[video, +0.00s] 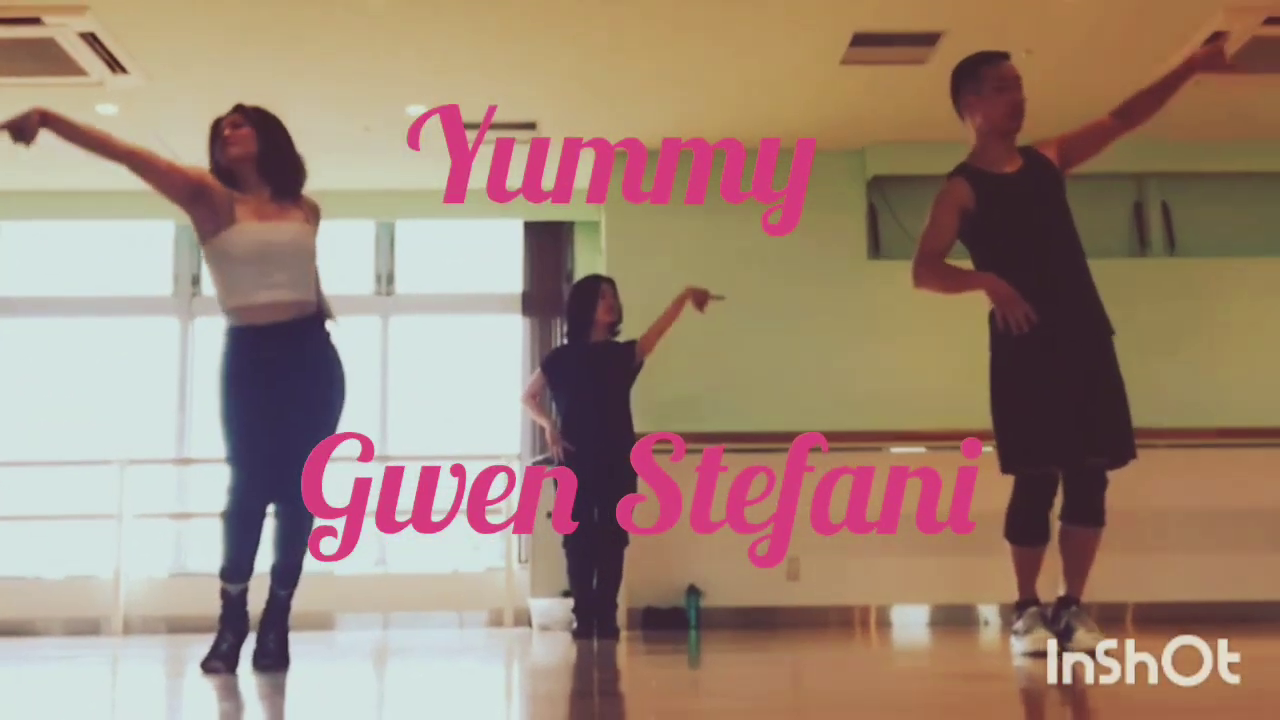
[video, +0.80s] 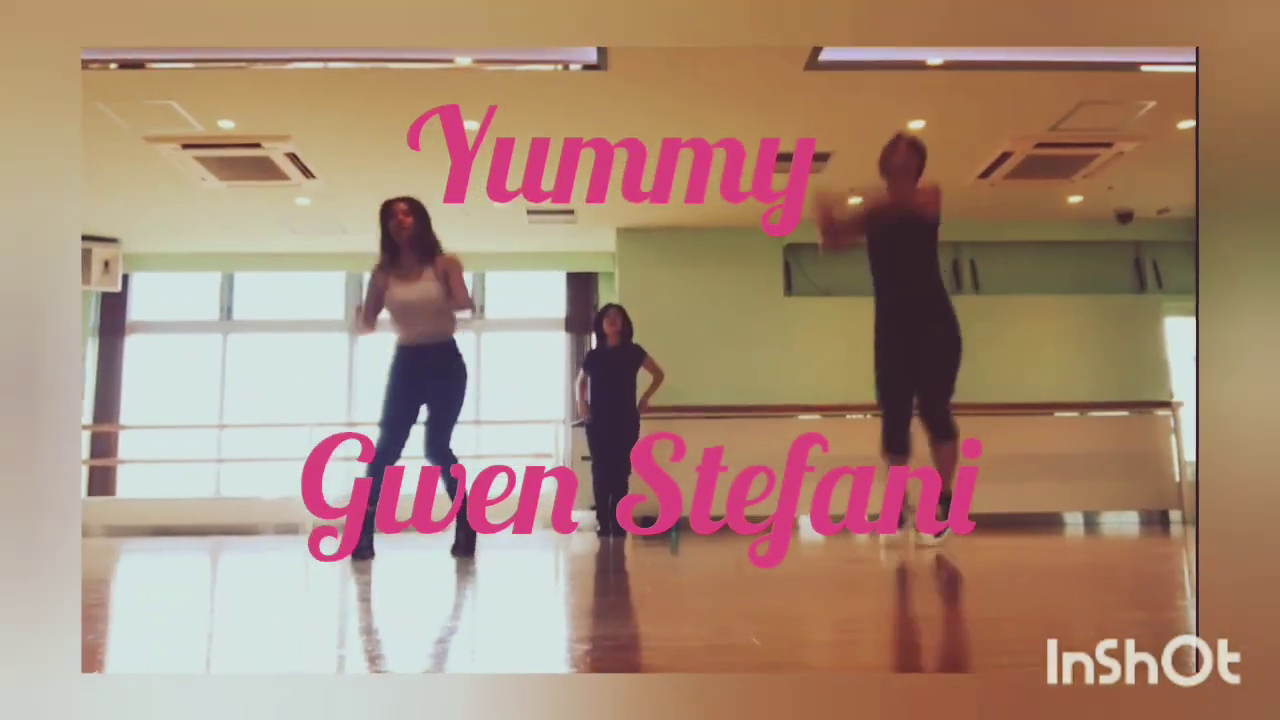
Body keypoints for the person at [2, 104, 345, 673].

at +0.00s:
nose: (232, 132)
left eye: (244, 124)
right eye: (223, 129)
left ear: (271, 141)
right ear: (217, 151)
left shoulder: (305, 208)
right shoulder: (209, 198)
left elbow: (304, 272)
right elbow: (128, 155)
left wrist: (318, 311)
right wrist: (44, 118)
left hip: (312, 358)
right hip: (252, 360)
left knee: (299, 492)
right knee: (251, 488)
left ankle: (278, 618)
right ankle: (232, 617)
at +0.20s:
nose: (259, 157)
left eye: (269, 149)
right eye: (249, 156)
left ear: (294, 162)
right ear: (243, 175)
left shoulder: (326, 226)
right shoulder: (238, 219)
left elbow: (330, 290)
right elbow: (173, 158)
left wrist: (340, 323)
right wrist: (107, 105)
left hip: (335, 363)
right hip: (278, 367)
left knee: (327, 484)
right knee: (275, 484)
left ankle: (303, 601)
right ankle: (259, 601)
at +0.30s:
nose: (285, 166)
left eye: (295, 159)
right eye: (275, 164)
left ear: (316, 174)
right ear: (269, 183)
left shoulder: (346, 233)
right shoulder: (262, 227)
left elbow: (355, 278)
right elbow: (198, 167)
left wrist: (369, 305)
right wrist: (159, 102)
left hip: (355, 363)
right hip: (300, 366)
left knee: (346, 480)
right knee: (296, 475)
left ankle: (324, 587)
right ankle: (283, 585)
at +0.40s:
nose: (311, 172)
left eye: (320, 164)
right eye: (303, 169)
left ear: (341, 173)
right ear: (296, 183)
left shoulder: (372, 230)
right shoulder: (291, 228)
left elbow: (386, 271)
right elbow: (220, 207)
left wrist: (418, 290)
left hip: (376, 354)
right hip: (327, 356)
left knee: (367, 468)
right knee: (322, 464)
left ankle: (349, 568)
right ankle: (311, 571)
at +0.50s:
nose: (342, 177)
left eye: (350, 169)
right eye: (334, 174)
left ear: (368, 178)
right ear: (327, 187)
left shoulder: (394, 222)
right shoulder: (322, 227)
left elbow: (436, 227)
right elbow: (253, 228)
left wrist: (450, 252)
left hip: (397, 340)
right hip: (350, 343)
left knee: (395, 449)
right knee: (344, 447)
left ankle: (381, 544)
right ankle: (330, 546)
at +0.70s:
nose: (387, 216)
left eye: (394, 210)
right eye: (379, 213)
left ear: (408, 220)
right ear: (371, 226)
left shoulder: (433, 265)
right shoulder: (364, 270)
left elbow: (454, 308)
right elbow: (356, 316)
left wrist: (466, 326)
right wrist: (350, 325)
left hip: (427, 362)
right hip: (386, 364)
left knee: (425, 447)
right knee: (378, 451)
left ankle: (455, 525)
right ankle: (355, 537)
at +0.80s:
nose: (402, 221)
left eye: (408, 214)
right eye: (394, 217)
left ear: (421, 221)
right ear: (386, 229)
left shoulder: (445, 264)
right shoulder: (384, 271)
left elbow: (462, 302)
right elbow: (369, 320)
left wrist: (447, 294)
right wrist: (363, 319)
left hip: (445, 361)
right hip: (407, 362)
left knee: (437, 448)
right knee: (388, 447)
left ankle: (466, 520)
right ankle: (364, 531)